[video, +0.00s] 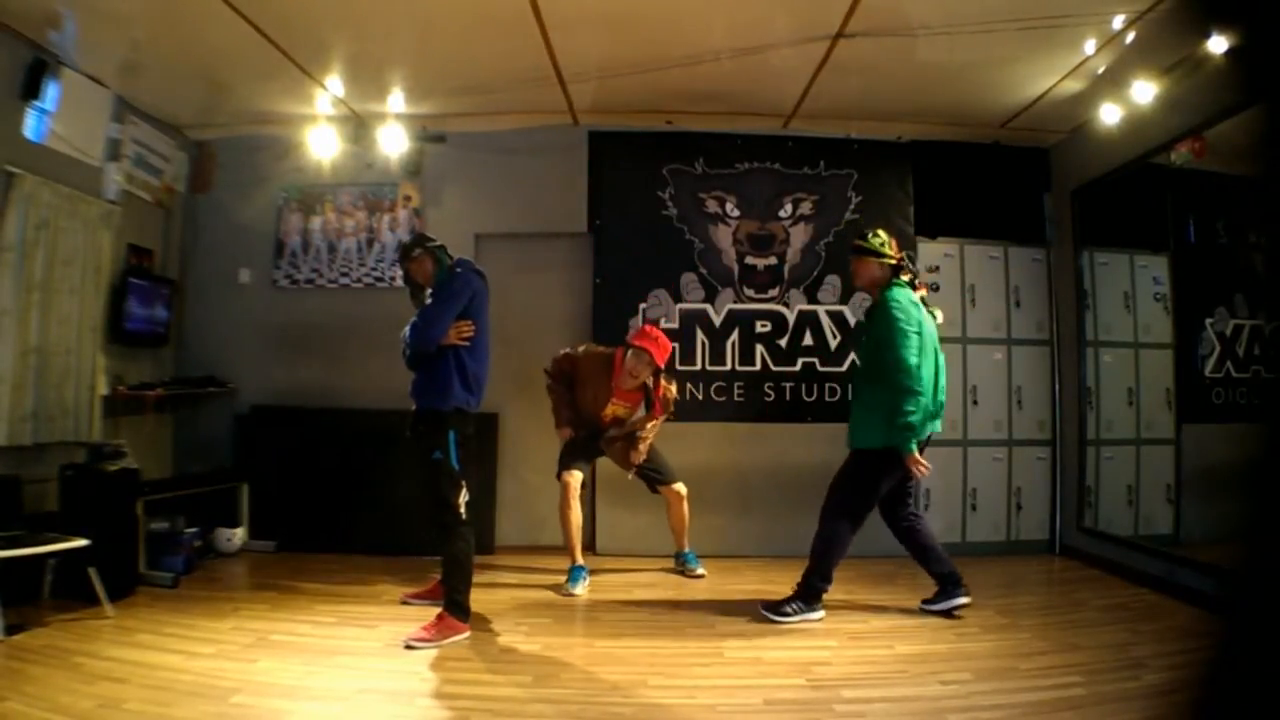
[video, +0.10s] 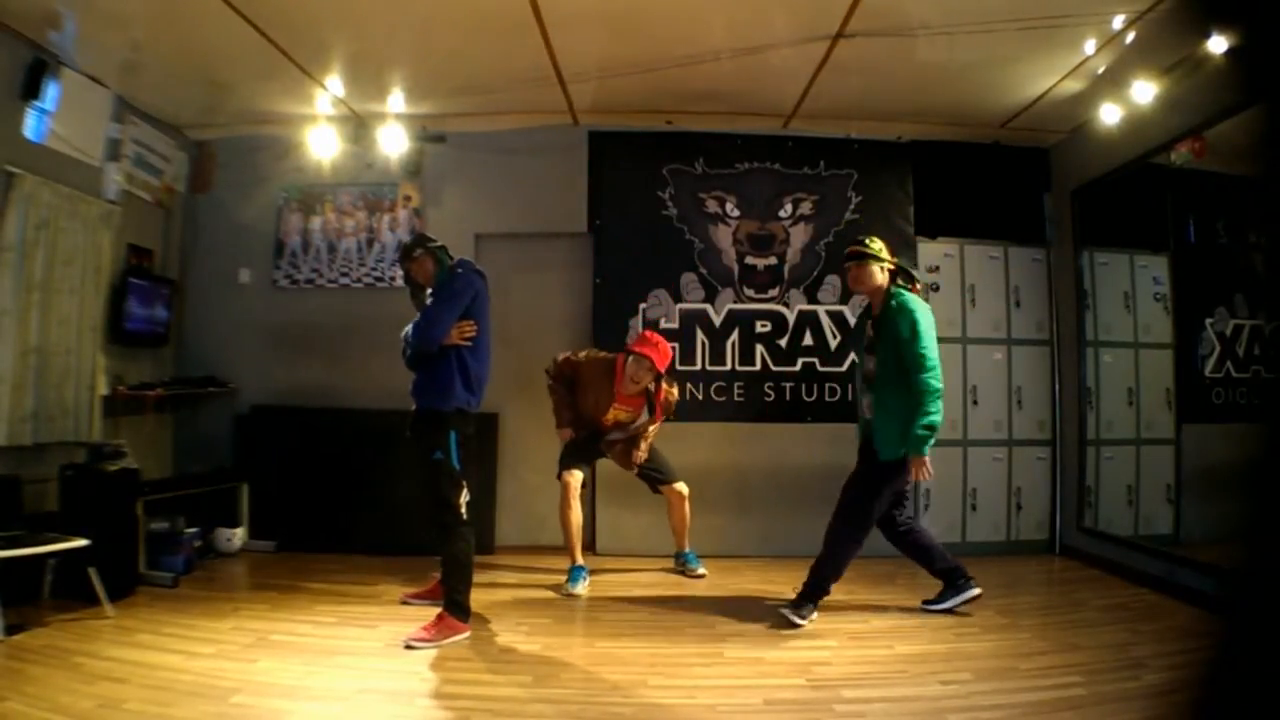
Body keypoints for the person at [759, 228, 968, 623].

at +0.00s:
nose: (852, 269)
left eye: (859, 261)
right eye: (854, 261)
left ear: (881, 265)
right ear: (883, 266)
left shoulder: (892, 307)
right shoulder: (910, 304)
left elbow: (907, 379)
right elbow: (932, 375)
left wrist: (907, 442)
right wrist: (924, 429)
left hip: (882, 437)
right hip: (900, 437)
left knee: (841, 510)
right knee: (901, 514)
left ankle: (808, 597)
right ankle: (951, 585)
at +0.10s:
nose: (851, 271)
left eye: (859, 263)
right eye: (849, 265)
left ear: (883, 268)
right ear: (852, 274)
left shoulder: (908, 308)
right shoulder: (869, 316)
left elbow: (929, 378)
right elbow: (876, 380)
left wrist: (920, 444)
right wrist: (869, 433)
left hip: (896, 436)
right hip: (877, 434)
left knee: (853, 514)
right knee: (893, 519)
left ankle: (809, 598)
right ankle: (957, 582)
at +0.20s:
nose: (857, 280)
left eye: (862, 270)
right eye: (849, 276)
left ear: (882, 271)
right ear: (846, 286)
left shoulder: (913, 315)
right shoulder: (862, 324)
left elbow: (939, 378)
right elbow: (866, 385)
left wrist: (931, 444)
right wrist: (857, 435)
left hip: (898, 442)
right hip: (866, 440)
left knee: (856, 525)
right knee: (885, 526)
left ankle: (806, 603)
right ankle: (958, 576)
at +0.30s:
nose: (854, 291)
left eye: (858, 280)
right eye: (845, 288)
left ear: (876, 278)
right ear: (842, 296)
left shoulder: (910, 320)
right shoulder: (859, 331)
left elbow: (942, 379)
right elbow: (858, 394)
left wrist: (943, 446)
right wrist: (852, 445)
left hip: (898, 445)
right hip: (864, 446)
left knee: (851, 527)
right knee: (877, 534)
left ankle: (804, 602)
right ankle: (955, 575)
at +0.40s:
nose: (850, 297)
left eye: (854, 286)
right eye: (841, 295)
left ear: (872, 282)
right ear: (838, 303)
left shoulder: (905, 324)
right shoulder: (853, 337)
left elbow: (937, 383)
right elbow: (860, 398)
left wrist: (944, 449)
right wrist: (852, 447)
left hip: (898, 445)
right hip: (863, 447)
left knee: (848, 516)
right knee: (876, 538)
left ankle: (804, 601)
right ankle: (955, 575)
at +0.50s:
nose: (844, 296)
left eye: (847, 286)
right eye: (836, 295)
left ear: (866, 285)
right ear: (834, 307)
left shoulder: (903, 324)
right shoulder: (851, 340)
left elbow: (931, 384)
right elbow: (856, 398)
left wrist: (936, 449)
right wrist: (849, 447)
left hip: (893, 448)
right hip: (859, 450)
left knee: (844, 516)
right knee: (877, 540)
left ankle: (803, 602)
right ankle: (956, 576)